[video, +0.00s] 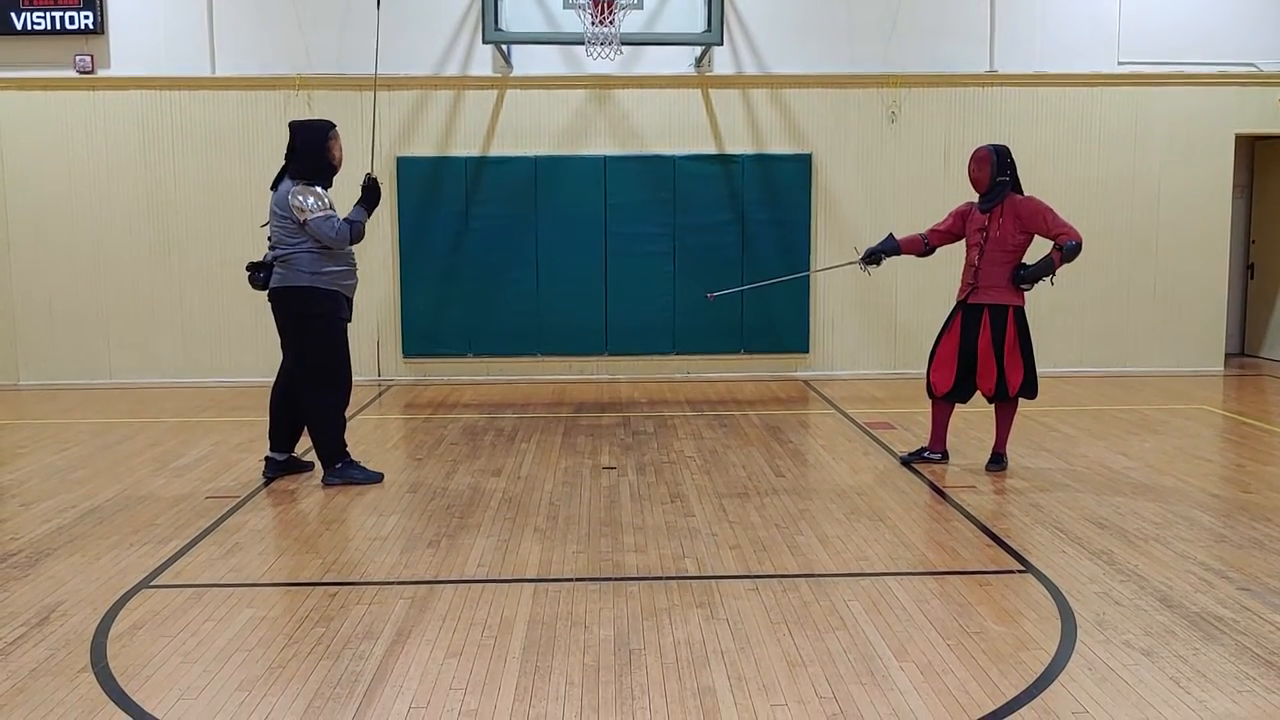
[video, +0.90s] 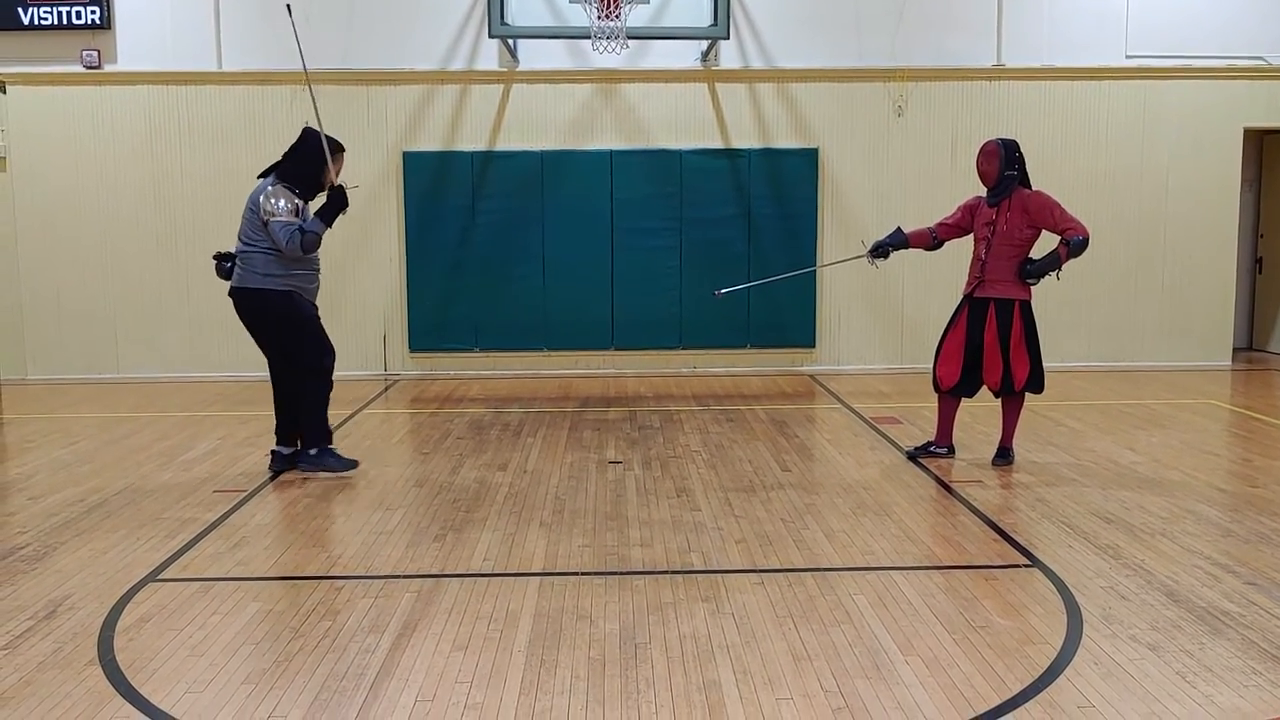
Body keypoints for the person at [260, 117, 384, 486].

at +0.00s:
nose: (341, 152)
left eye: (339, 144)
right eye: (335, 145)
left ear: (308, 151)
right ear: (317, 150)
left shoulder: (293, 188)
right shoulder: (303, 191)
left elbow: (288, 243)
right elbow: (337, 234)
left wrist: (269, 264)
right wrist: (364, 206)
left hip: (296, 292)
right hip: (311, 295)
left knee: (296, 372)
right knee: (330, 377)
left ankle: (279, 456)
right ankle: (336, 463)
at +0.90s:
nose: (337, 177)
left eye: (339, 169)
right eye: (335, 168)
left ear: (308, 164)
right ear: (315, 164)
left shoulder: (285, 194)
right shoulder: (276, 193)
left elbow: (274, 247)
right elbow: (294, 243)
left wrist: (239, 259)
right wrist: (329, 212)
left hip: (270, 292)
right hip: (269, 293)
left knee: (287, 366)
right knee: (318, 358)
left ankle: (286, 448)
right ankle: (315, 449)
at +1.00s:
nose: (328, 178)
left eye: (329, 170)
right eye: (326, 169)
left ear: (298, 165)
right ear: (306, 166)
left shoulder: (281, 196)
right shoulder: (265, 192)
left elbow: (264, 246)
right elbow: (284, 244)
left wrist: (228, 259)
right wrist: (319, 213)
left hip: (273, 293)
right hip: (252, 293)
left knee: (299, 362)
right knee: (299, 361)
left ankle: (282, 442)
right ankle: (267, 442)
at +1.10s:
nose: (317, 177)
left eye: (318, 169)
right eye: (315, 168)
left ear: (287, 165)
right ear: (295, 165)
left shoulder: (271, 197)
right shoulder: (255, 192)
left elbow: (251, 246)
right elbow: (274, 244)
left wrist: (215, 260)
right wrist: (309, 214)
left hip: (269, 298)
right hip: (240, 296)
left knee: (284, 371)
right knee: (261, 374)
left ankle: (284, 449)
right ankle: (217, 436)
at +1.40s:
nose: (272, 169)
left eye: (272, 162)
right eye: (268, 161)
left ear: (242, 161)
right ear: (249, 160)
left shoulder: (226, 192)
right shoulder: (212, 191)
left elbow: (196, 236)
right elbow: (235, 243)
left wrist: (170, 256)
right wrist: (270, 213)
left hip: (227, 295)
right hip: (195, 293)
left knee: (263, 349)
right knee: (206, 369)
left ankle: (246, 432)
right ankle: (192, 453)